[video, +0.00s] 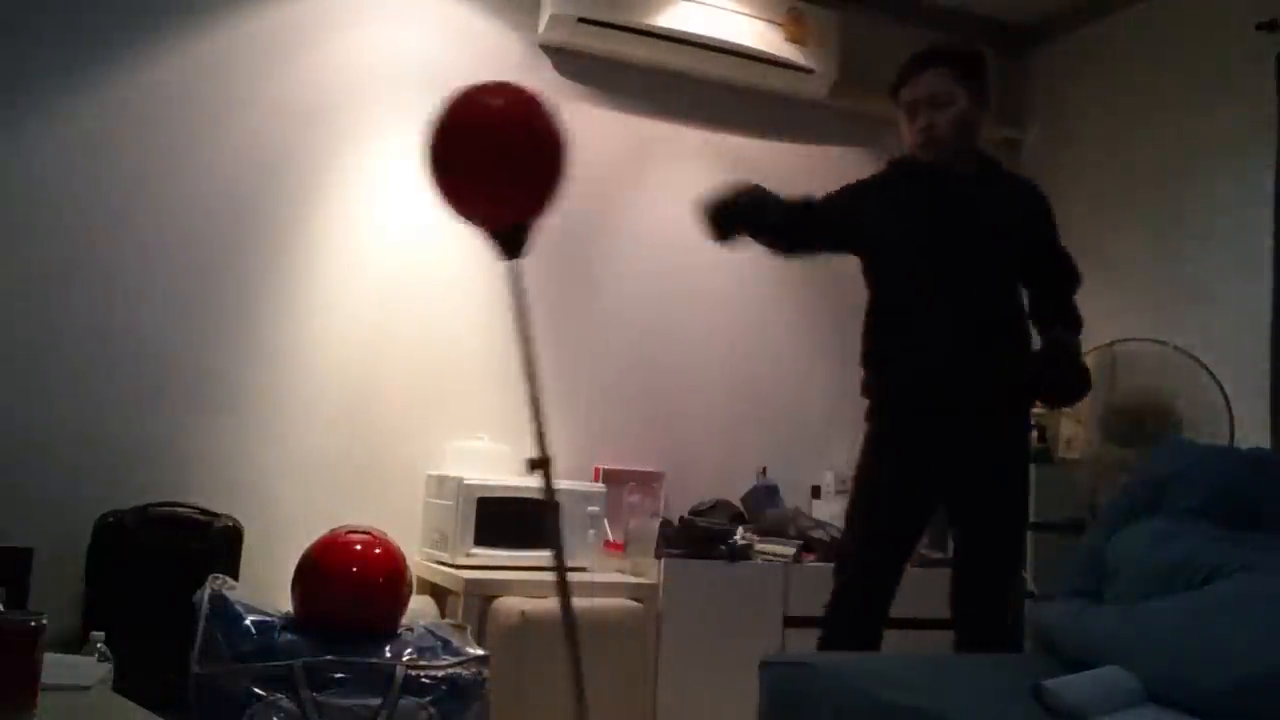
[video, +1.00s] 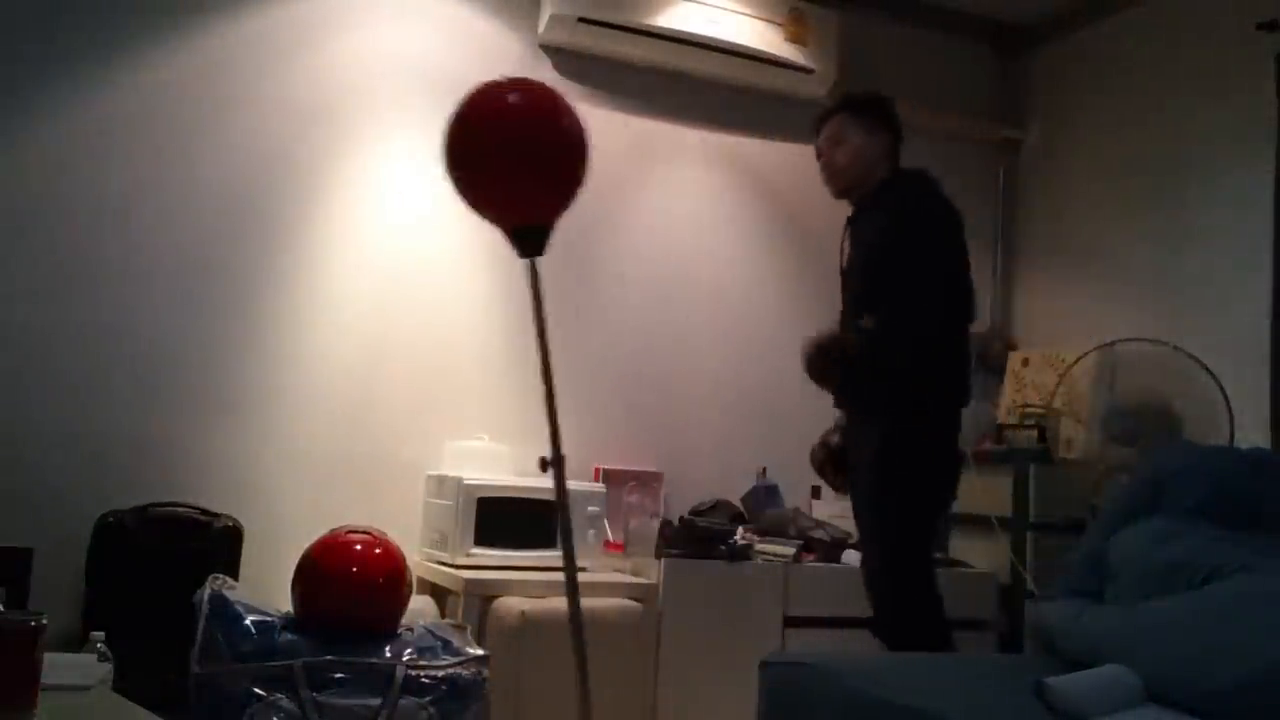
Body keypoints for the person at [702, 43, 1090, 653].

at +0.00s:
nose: (923, 121)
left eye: (938, 104)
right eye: (910, 111)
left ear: (976, 109)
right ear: (899, 124)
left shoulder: (1017, 199)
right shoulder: (886, 195)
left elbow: (1053, 286)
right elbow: (810, 223)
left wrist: (1062, 356)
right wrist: (751, 211)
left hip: (994, 419)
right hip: (904, 418)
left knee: (989, 594)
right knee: (861, 585)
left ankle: (990, 712)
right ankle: (829, 710)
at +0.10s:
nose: (931, 120)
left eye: (946, 104)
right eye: (919, 110)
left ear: (984, 108)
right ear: (909, 124)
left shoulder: (1031, 199)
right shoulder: (897, 197)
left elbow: (1071, 282)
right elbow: (813, 276)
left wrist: (1066, 355)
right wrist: (823, 274)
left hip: (998, 417)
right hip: (906, 416)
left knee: (989, 590)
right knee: (860, 582)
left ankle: (989, 712)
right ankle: (837, 710)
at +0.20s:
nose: (928, 120)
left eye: (944, 103)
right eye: (918, 109)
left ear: (985, 107)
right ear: (911, 121)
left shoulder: (1036, 202)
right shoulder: (894, 209)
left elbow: (1096, 297)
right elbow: (851, 307)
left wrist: (1058, 372)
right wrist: (851, 377)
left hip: (995, 421)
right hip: (903, 418)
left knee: (986, 600)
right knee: (859, 588)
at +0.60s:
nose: (868, 132)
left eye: (882, 116)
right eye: (867, 119)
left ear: (925, 121)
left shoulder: (975, 199)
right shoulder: (890, 224)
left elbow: (1025, 279)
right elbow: (871, 336)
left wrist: (973, 373)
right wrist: (830, 427)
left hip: (960, 427)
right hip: (898, 430)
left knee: (949, 602)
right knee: (909, 604)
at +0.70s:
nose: (851, 140)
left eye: (865, 127)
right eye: (853, 128)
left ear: (904, 133)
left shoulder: (949, 206)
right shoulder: (884, 220)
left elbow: (970, 328)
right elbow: (877, 344)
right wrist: (835, 433)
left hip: (941, 432)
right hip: (894, 433)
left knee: (931, 599)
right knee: (908, 600)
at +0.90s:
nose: (831, 156)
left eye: (842, 140)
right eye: (828, 145)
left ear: (882, 139)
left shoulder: (927, 207)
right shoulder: (873, 220)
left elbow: (962, 311)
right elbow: (870, 339)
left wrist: (876, 368)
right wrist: (851, 439)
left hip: (918, 423)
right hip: (887, 424)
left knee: (901, 581)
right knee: (892, 579)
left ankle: (930, 700)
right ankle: (924, 700)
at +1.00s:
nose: (821, 158)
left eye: (833, 143)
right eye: (819, 148)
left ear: (874, 143)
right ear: (871, 148)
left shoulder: (908, 210)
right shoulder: (876, 216)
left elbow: (905, 339)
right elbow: (877, 342)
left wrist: (837, 358)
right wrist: (848, 432)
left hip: (909, 427)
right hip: (891, 425)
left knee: (900, 589)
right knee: (897, 587)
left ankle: (931, 712)